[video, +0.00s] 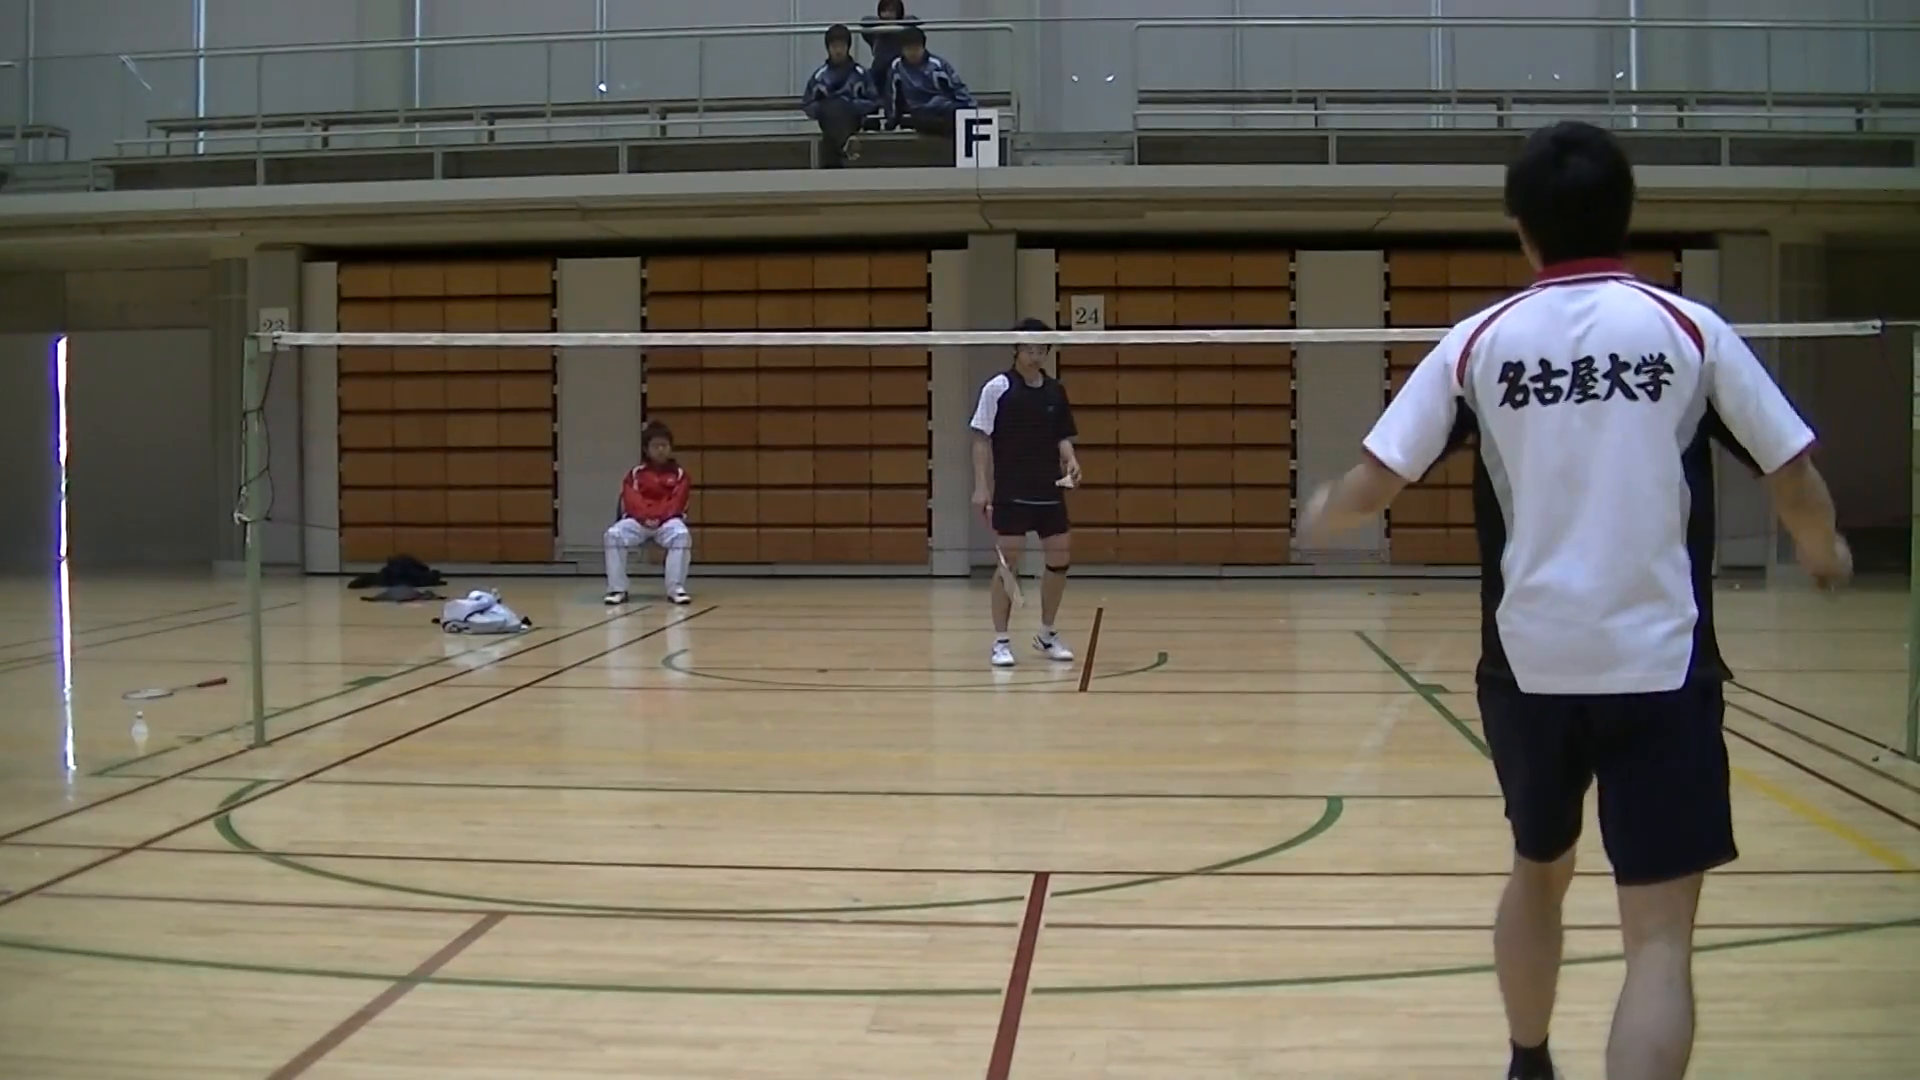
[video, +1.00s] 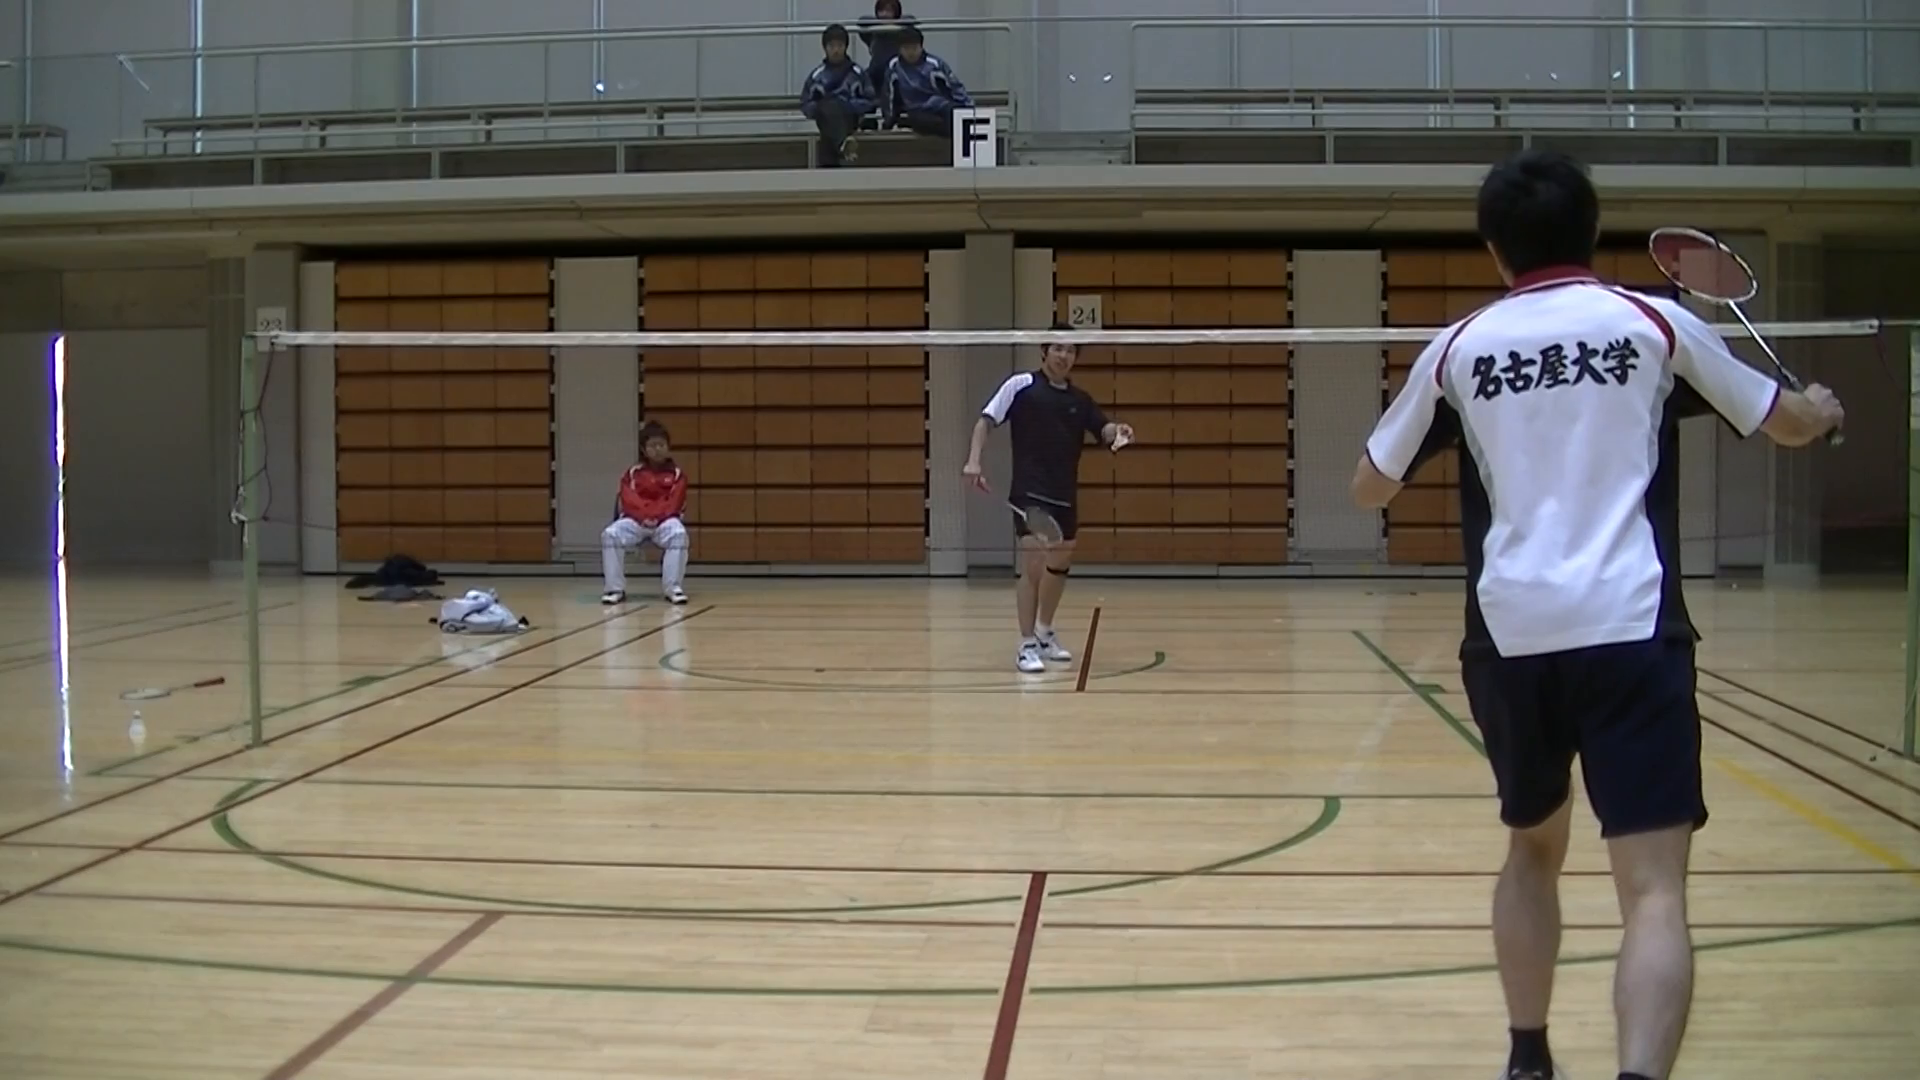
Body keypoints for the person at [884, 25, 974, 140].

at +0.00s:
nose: (913, 54)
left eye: (916, 49)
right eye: (908, 49)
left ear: (923, 48)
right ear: (902, 50)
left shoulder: (938, 65)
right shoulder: (897, 68)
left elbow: (957, 88)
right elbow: (893, 97)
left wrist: (970, 108)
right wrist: (891, 122)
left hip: (948, 109)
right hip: (920, 114)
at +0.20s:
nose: (911, 53)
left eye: (915, 48)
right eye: (907, 49)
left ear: (922, 48)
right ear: (901, 50)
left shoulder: (937, 64)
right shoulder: (895, 68)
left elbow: (955, 86)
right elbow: (891, 96)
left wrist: (968, 106)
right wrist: (890, 121)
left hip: (945, 107)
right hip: (916, 112)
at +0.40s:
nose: (911, 53)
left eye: (915, 48)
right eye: (907, 48)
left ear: (922, 48)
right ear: (901, 50)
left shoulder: (936, 63)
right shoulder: (895, 68)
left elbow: (955, 86)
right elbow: (891, 96)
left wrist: (968, 107)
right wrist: (890, 121)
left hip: (945, 108)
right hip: (917, 113)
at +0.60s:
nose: (911, 53)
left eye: (914, 48)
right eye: (907, 48)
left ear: (921, 48)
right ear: (900, 50)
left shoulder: (937, 64)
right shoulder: (895, 68)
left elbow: (955, 87)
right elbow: (891, 96)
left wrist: (968, 106)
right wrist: (890, 121)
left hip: (945, 109)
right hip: (917, 113)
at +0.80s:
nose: (911, 53)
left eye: (914, 48)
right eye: (906, 49)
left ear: (921, 48)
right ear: (900, 50)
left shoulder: (936, 64)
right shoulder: (895, 68)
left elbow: (955, 87)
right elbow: (891, 96)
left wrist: (968, 107)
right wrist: (889, 122)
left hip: (945, 109)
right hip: (916, 113)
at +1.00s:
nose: (911, 53)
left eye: (914, 48)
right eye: (906, 48)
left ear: (921, 47)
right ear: (900, 49)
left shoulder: (936, 65)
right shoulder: (894, 67)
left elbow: (955, 87)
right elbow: (891, 96)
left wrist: (968, 107)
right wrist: (889, 121)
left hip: (942, 107)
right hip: (916, 112)